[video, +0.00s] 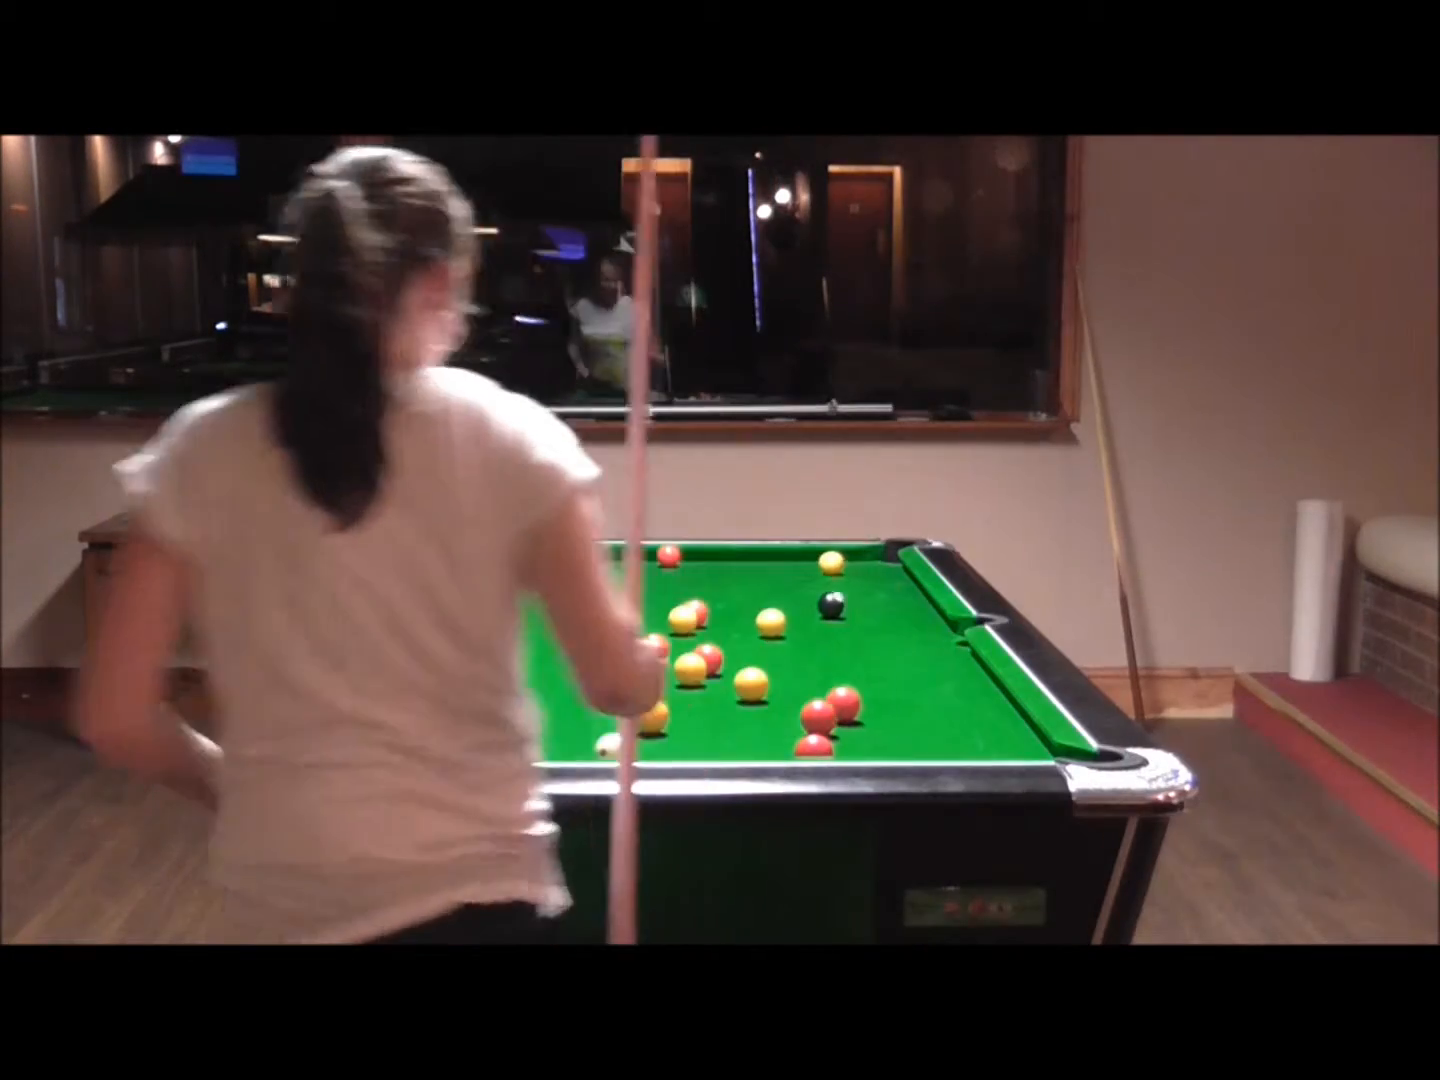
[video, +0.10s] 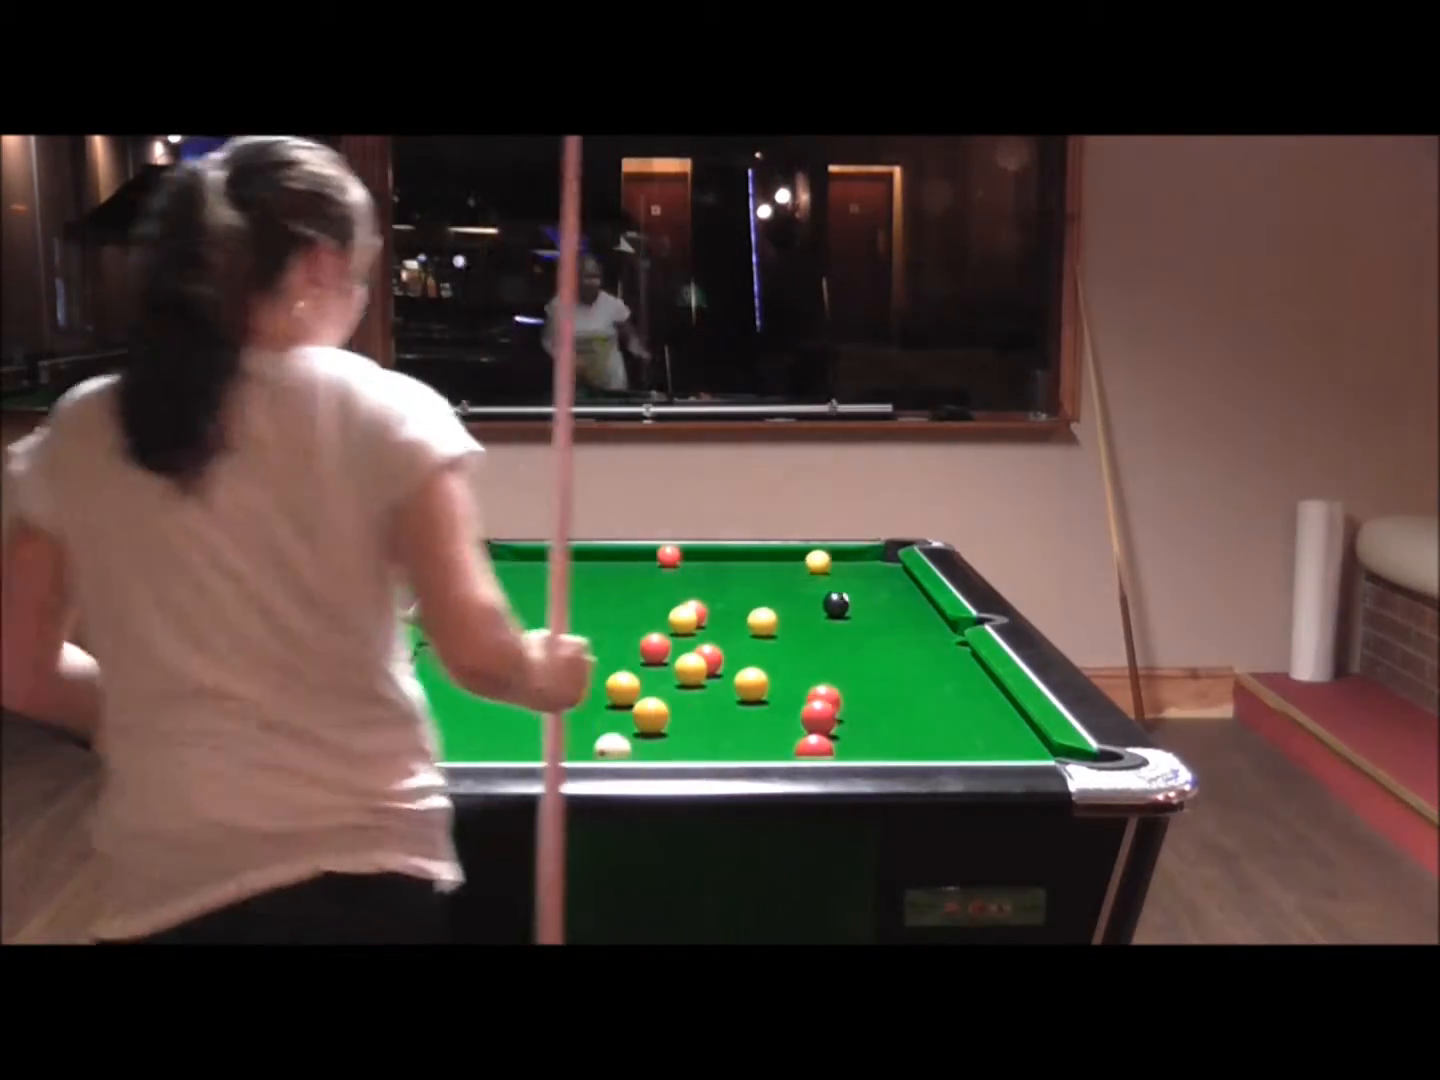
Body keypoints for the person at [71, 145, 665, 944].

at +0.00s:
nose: (464, 309)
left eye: (462, 286)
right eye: (460, 286)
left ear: (305, 283)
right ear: (430, 287)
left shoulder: (203, 448)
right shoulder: (505, 437)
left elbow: (115, 717)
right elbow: (615, 685)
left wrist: (233, 782)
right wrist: (646, 663)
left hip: (280, 900)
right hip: (475, 893)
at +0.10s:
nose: (361, 303)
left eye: (368, 281)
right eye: (362, 278)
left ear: (200, 262)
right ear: (316, 266)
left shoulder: (79, 431)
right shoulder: (384, 412)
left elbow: (26, 677)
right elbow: (474, 648)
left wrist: (157, 712)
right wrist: (541, 672)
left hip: (168, 895)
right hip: (374, 879)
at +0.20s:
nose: (312, 310)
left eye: (318, 285)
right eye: (310, 283)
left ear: (155, 265)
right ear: (256, 274)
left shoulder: (30, 429)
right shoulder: (313, 411)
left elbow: (18, 664)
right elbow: (376, 633)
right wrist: (475, 677)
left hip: (84, 891)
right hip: (291, 878)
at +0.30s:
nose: (253, 332)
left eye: (255, 307)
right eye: (245, 305)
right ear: (185, 297)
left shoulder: (25, 436)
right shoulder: (226, 428)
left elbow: (68, 625)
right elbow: (238, 645)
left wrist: (244, 603)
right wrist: (375, 700)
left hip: (23, 872)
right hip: (175, 879)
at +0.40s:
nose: (227, 337)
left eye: (225, 312)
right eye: (215, 311)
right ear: (151, 314)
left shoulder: (19, 445)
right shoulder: (184, 443)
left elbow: (73, 645)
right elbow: (166, 653)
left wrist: (235, 616)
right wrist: (308, 723)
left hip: (12, 863)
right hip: (125, 880)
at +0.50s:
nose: (195, 322)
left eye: (191, 299)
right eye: (180, 298)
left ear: (104, 307)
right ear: (110, 303)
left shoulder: (21, 408)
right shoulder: (123, 436)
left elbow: (94, 602)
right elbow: (51, 638)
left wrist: (229, 607)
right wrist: (199, 731)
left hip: (13, 831)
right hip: (73, 854)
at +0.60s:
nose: (181, 306)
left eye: (175, 280)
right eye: (161, 281)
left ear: (89, 290)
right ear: (88, 288)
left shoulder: (45, 401)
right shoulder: (65, 422)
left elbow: (107, 589)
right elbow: (9, 630)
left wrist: (260, 578)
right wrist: (129, 717)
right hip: (50, 837)